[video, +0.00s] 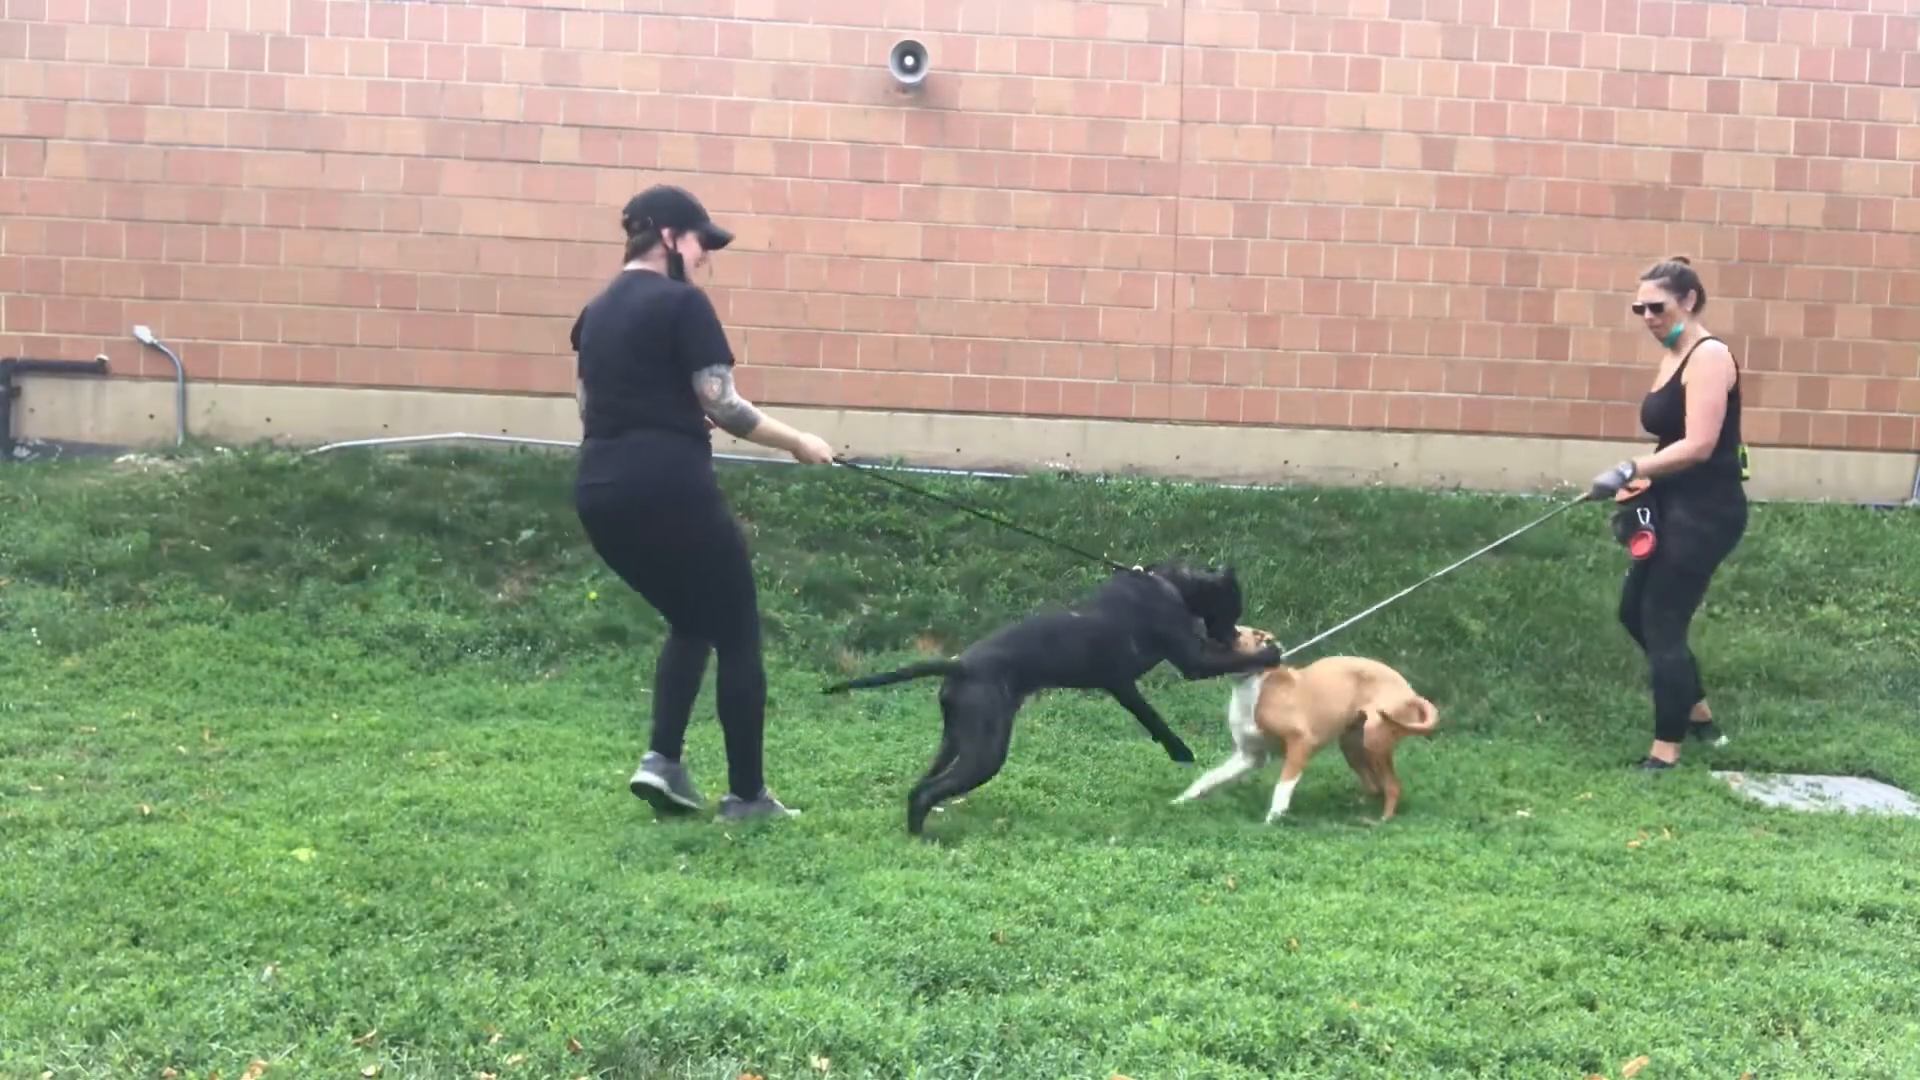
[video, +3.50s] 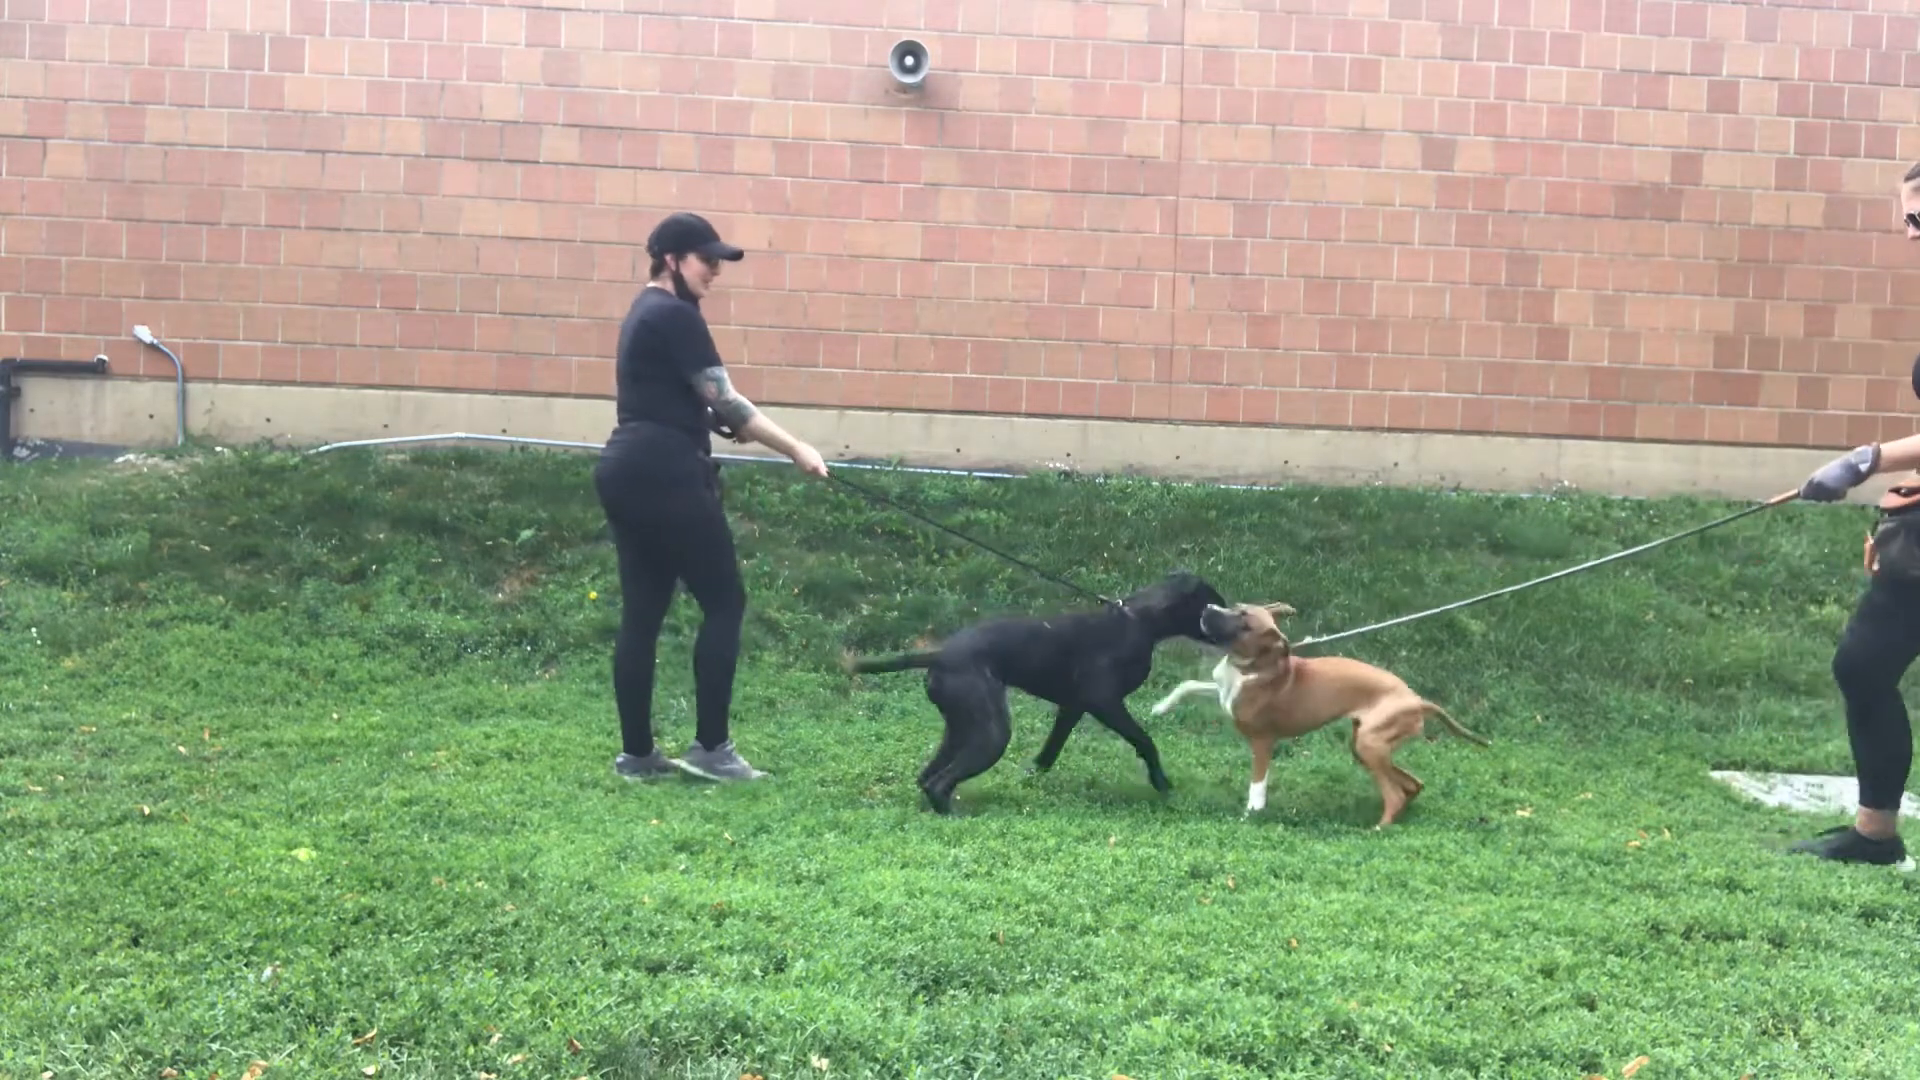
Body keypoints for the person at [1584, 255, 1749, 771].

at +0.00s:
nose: (1647, 318)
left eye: (1656, 308)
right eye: (1641, 310)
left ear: (1688, 302)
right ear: (1641, 309)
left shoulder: (1710, 357)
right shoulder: (1676, 356)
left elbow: (1702, 446)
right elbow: (1672, 442)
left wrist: (1630, 471)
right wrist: (1640, 495)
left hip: (1707, 508)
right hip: (1676, 504)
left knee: (1664, 622)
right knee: (1636, 611)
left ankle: (1664, 752)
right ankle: (1699, 716)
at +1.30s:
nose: (1734, 296)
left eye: (1745, 286)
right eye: (1730, 286)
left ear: (1784, 281)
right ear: (1730, 282)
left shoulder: (1810, 344)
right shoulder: (1743, 338)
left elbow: (1757, 416)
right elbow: (1747, 420)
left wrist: (1692, 454)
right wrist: (1733, 478)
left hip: (1805, 501)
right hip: (1752, 494)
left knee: (1773, 615)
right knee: (1696, 605)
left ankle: (1774, 758)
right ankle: (1710, 722)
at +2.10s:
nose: (1770, 287)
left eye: (1781, 277)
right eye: (1767, 277)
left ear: (1825, 270)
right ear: (1769, 273)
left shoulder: (1854, 344)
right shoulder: (1762, 336)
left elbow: (1802, 435)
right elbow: (1740, 430)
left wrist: (1722, 461)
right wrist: (1706, 501)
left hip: (1819, 510)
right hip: (1750, 502)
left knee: (1820, 640)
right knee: (1726, 637)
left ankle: (1864, 791)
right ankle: (1714, 768)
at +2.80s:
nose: (1834, 272)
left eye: (1844, 260)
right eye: (1831, 260)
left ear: (1895, 251)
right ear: (1873, 257)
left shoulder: (1917, 340)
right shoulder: (1843, 328)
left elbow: (1884, 447)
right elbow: (1827, 434)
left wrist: (1773, 478)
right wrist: (1802, 497)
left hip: (1897, 529)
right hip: (1825, 520)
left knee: (1885, 676)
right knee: (1796, 667)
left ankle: (1896, 796)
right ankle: (1802, 825)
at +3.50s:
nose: (1910, 235)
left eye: (1914, 222)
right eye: (1908, 223)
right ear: (1905, 217)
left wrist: (1864, 459)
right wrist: (1904, 497)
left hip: (1917, 532)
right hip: (1912, 529)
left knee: (1863, 664)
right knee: (1863, 664)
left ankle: (1876, 831)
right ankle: (1876, 830)